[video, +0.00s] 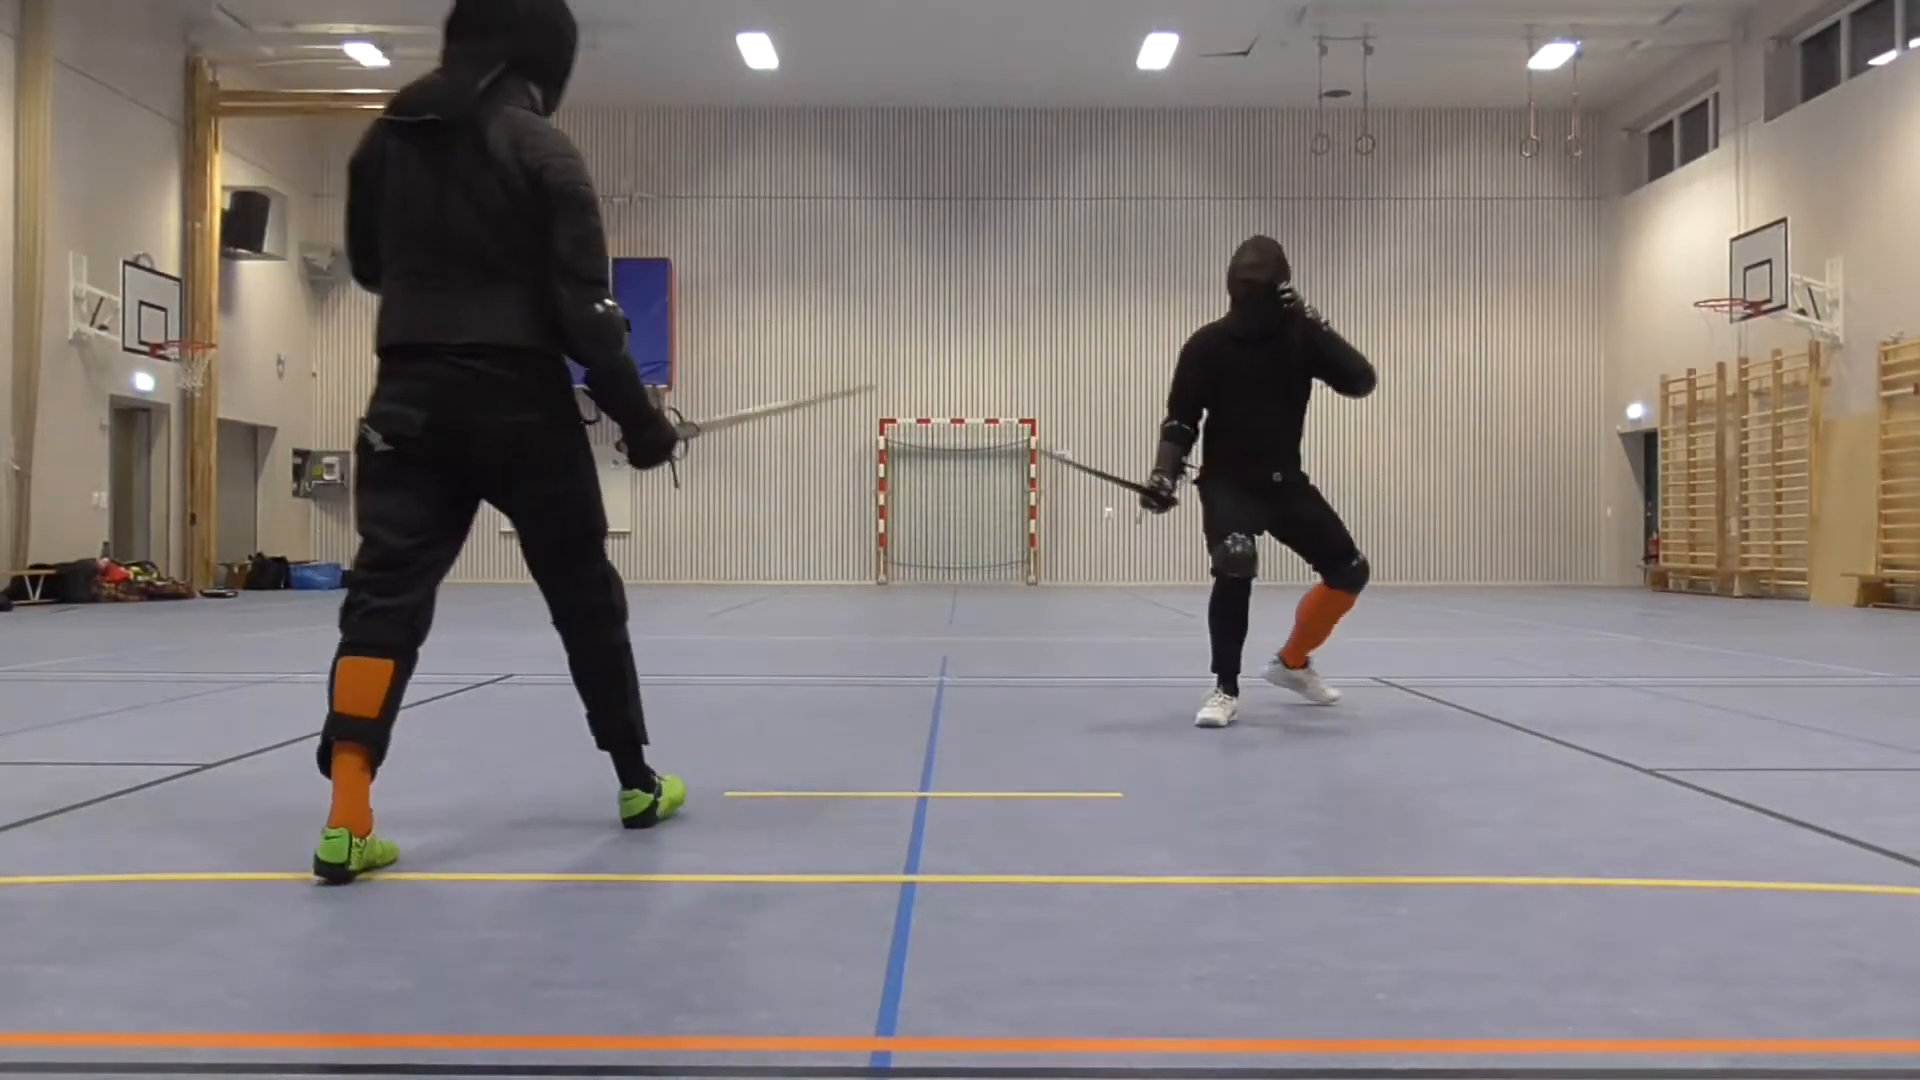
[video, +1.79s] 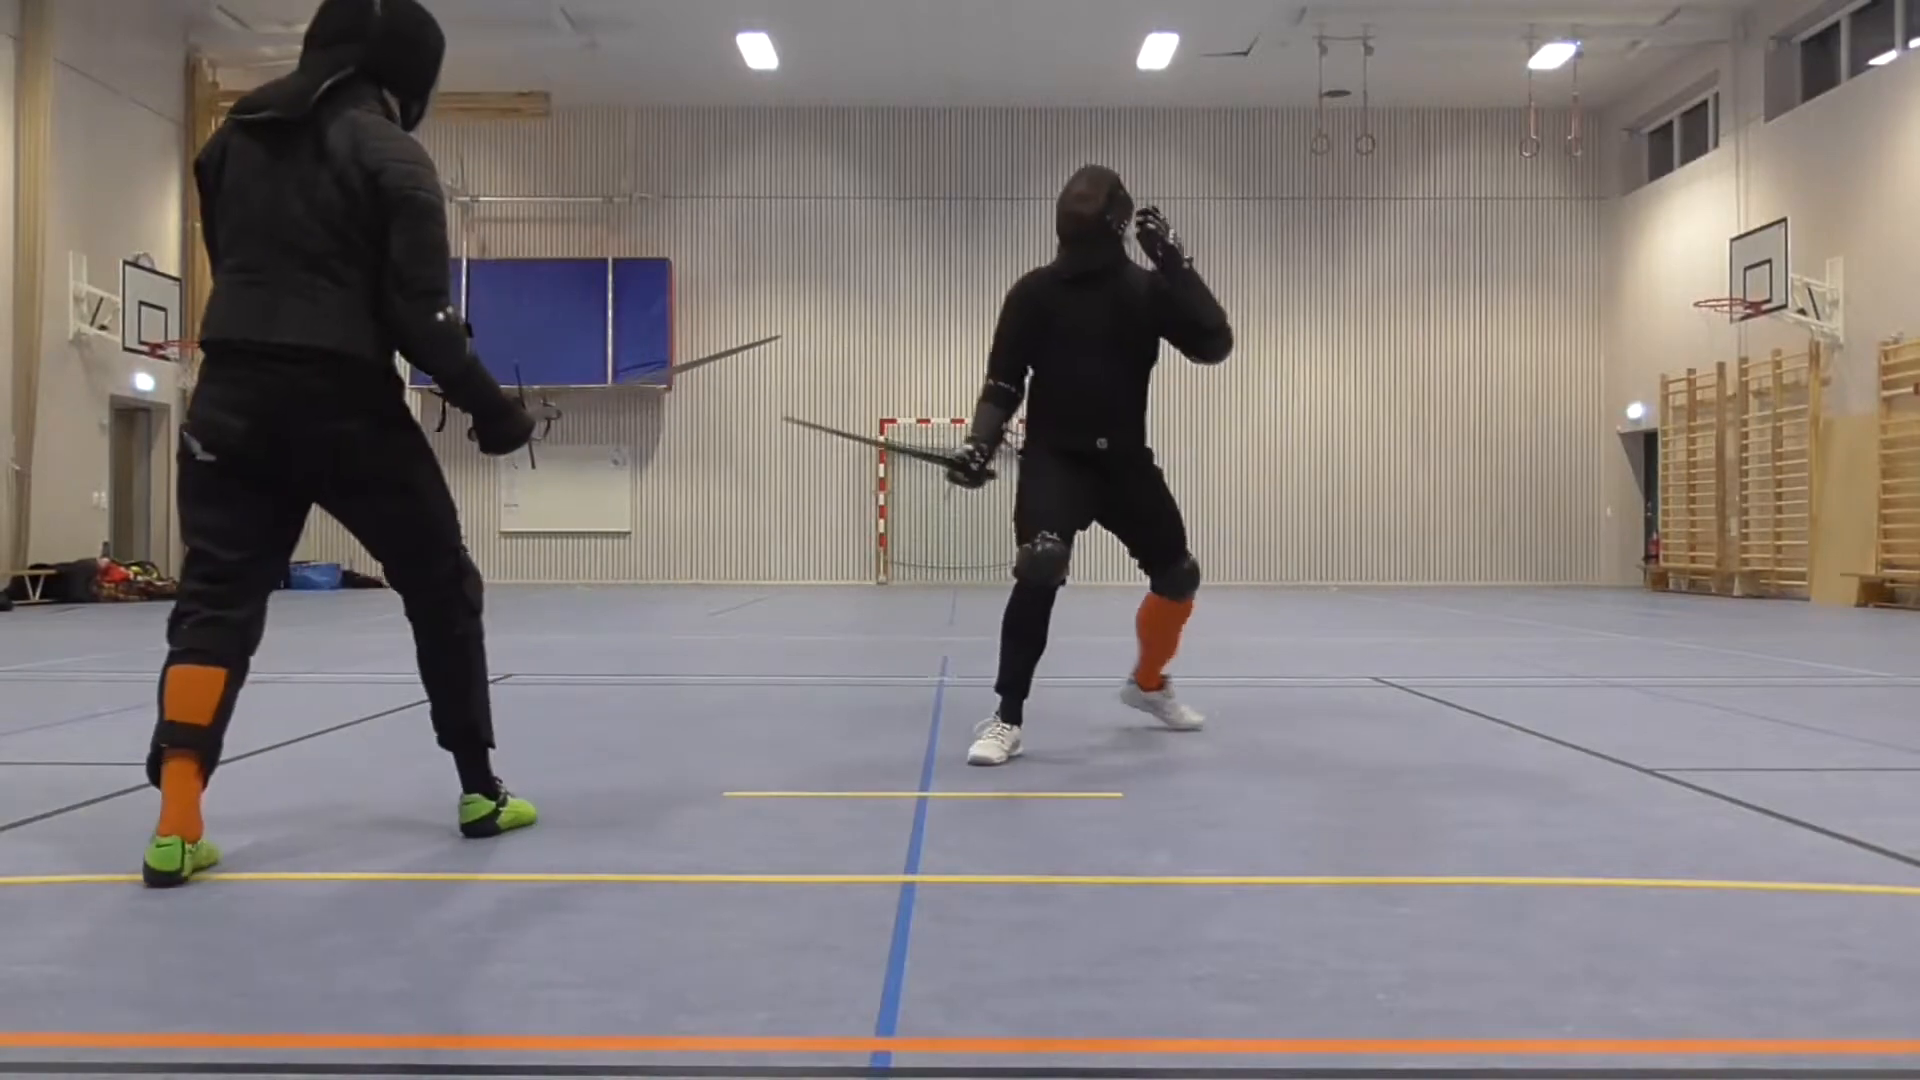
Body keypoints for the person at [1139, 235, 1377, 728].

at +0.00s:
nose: (1251, 293)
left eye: (1262, 283)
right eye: (1243, 283)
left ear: (1282, 285)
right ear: (1230, 286)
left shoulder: (1300, 337)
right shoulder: (1206, 347)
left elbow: (1362, 381)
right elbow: (1181, 420)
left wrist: (1312, 326)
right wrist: (1164, 473)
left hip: (1283, 479)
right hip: (1226, 482)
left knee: (1348, 573)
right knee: (1235, 565)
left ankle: (1292, 662)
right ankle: (1225, 691)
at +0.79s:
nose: (1194, 267)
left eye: (1206, 258)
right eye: (1189, 256)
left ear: (1231, 269)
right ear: (1179, 260)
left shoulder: (1255, 327)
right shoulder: (1155, 330)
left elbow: (1308, 384)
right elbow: (1125, 404)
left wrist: (1271, 321)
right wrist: (1109, 456)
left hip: (1227, 470)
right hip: (1167, 469)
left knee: (1274, 586)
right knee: (1186, 556)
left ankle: (1228, 687)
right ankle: (1191, 676)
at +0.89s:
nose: (1181, 273)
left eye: (1194, 263)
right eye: (1176, 261)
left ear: (1221, 268)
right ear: (1167, 259)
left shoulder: (1246, 327)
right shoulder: (1143, 331)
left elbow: (1299, 383)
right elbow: (1114, 406)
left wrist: (1258, 319)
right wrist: (1095, 458)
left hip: (1218, 474)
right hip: (1157, 471)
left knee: (1268, 588)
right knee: (1161, 543)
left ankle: (1227, 689)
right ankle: (1130, 677)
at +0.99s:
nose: (1164, 262)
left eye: (1176, 253)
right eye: (1161, 252)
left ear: (1204, 264)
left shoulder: (1227, 325)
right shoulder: (1126, 330)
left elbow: (1287, 380)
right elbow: (1092, 404)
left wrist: (1245, 320)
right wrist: (1072, 460)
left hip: (1206, 482)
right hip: (1142, 480)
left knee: (1254, 590)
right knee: (1123, 561)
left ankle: (1228, 690)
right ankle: (1075, 680)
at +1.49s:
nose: (1121, 288)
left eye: (1129, 276)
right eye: (1116, 276)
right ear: (1150, 279)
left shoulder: (1181, 338)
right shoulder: (1072, 348)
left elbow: (1254, 393)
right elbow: (1035, 426)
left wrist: (1200, 336)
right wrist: (1001, 477)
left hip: (1167, 499)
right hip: (1096, 500)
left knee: (1231, 610)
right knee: (1074, 571)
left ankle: (1186, 699)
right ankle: (1024, 711)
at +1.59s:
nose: (1150, 254)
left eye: (1129, 249)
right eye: (1149, 246)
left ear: (1098, 253)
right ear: (1145, 252)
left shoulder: (1173, 314)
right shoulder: (1064, 325)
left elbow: (1242, 371)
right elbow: (1038, 416)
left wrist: (1187, 304)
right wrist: (1013, 474)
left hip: (1156, 480)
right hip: (1085, 480)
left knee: (1205, 596)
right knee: (1059, 568)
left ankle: (1186, 697)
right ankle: (1015, 707)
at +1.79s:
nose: (1085, 232)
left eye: (1094, 221)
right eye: (1078, 221)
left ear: (1108, 223)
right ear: (1114, 220)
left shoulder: (1146, 289)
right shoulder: (1033, 295)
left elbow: (1215, 343)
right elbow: (1003, 383)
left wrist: (1171, 261)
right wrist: (980, 443)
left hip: (1123, 462)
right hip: (1052, 461)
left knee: (1177, 578)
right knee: (1040, 569)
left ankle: (1147, 684)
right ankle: (1006, 719)